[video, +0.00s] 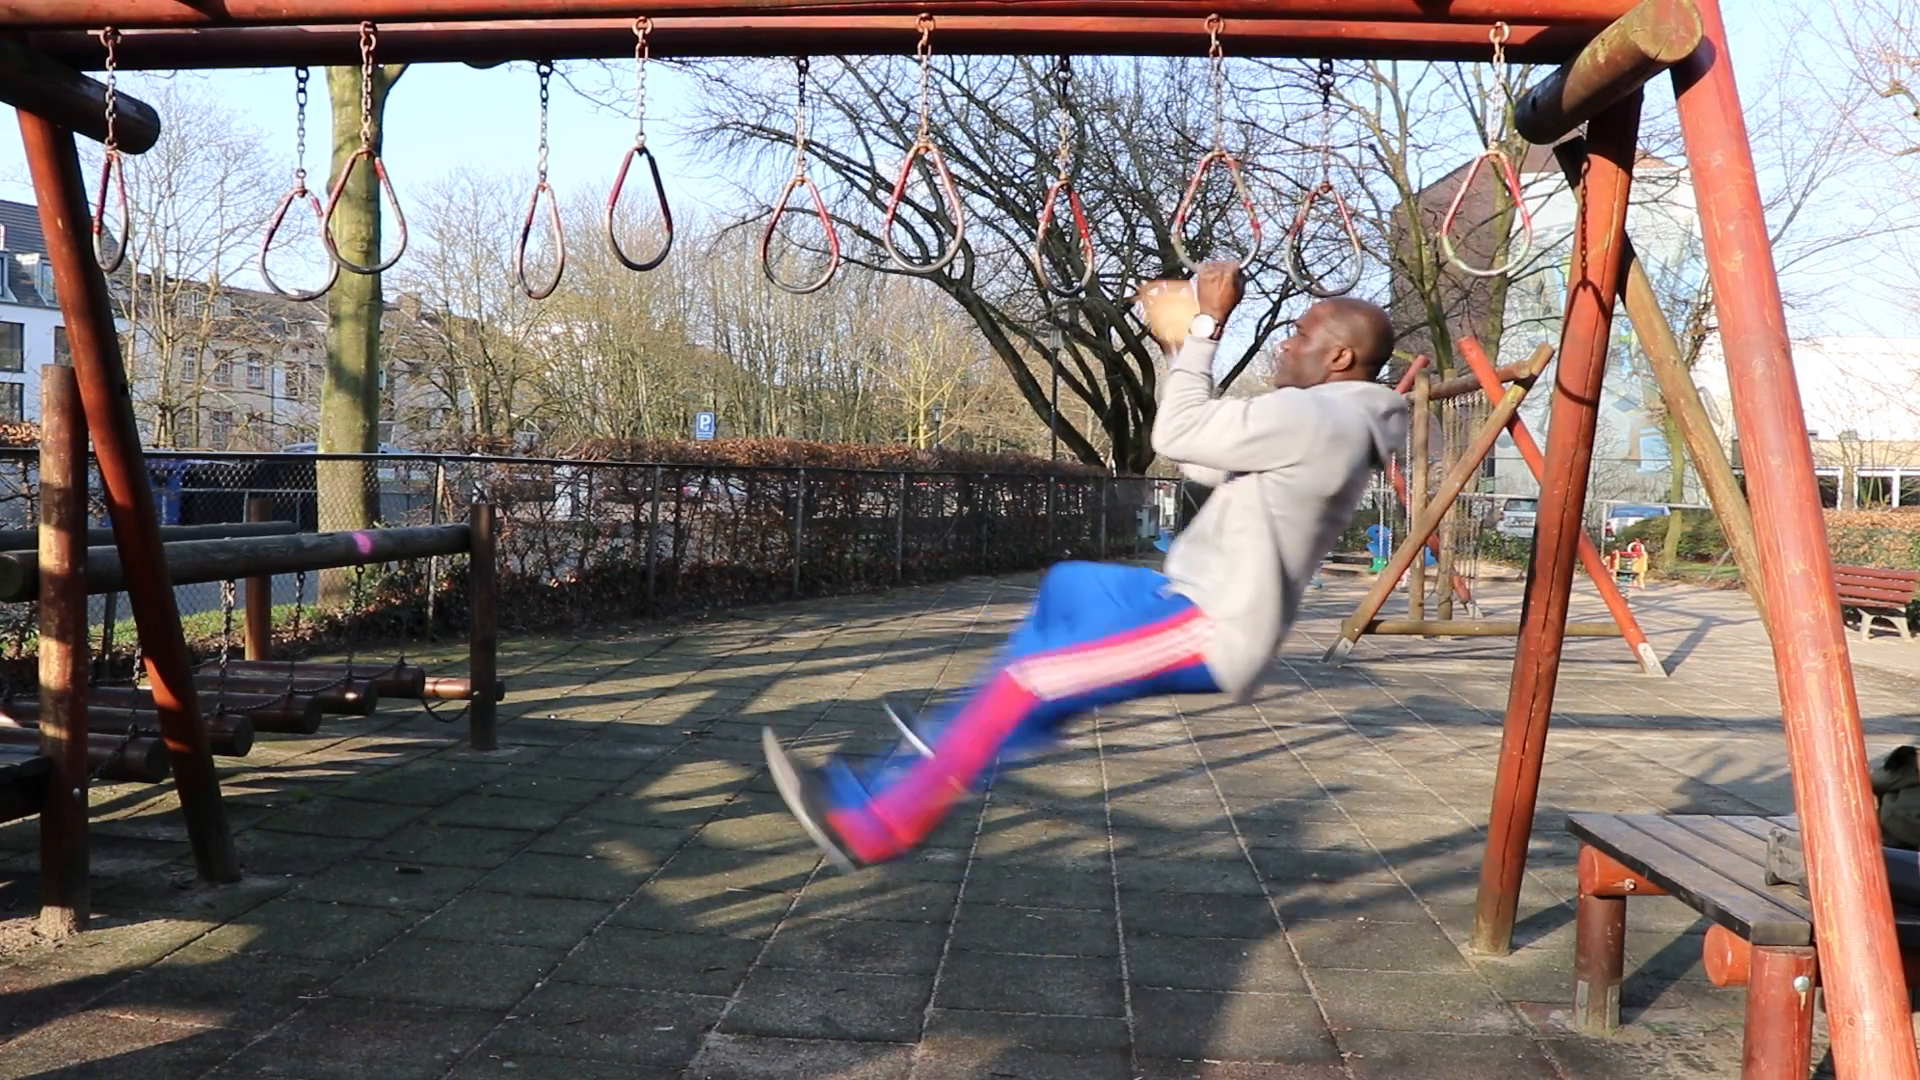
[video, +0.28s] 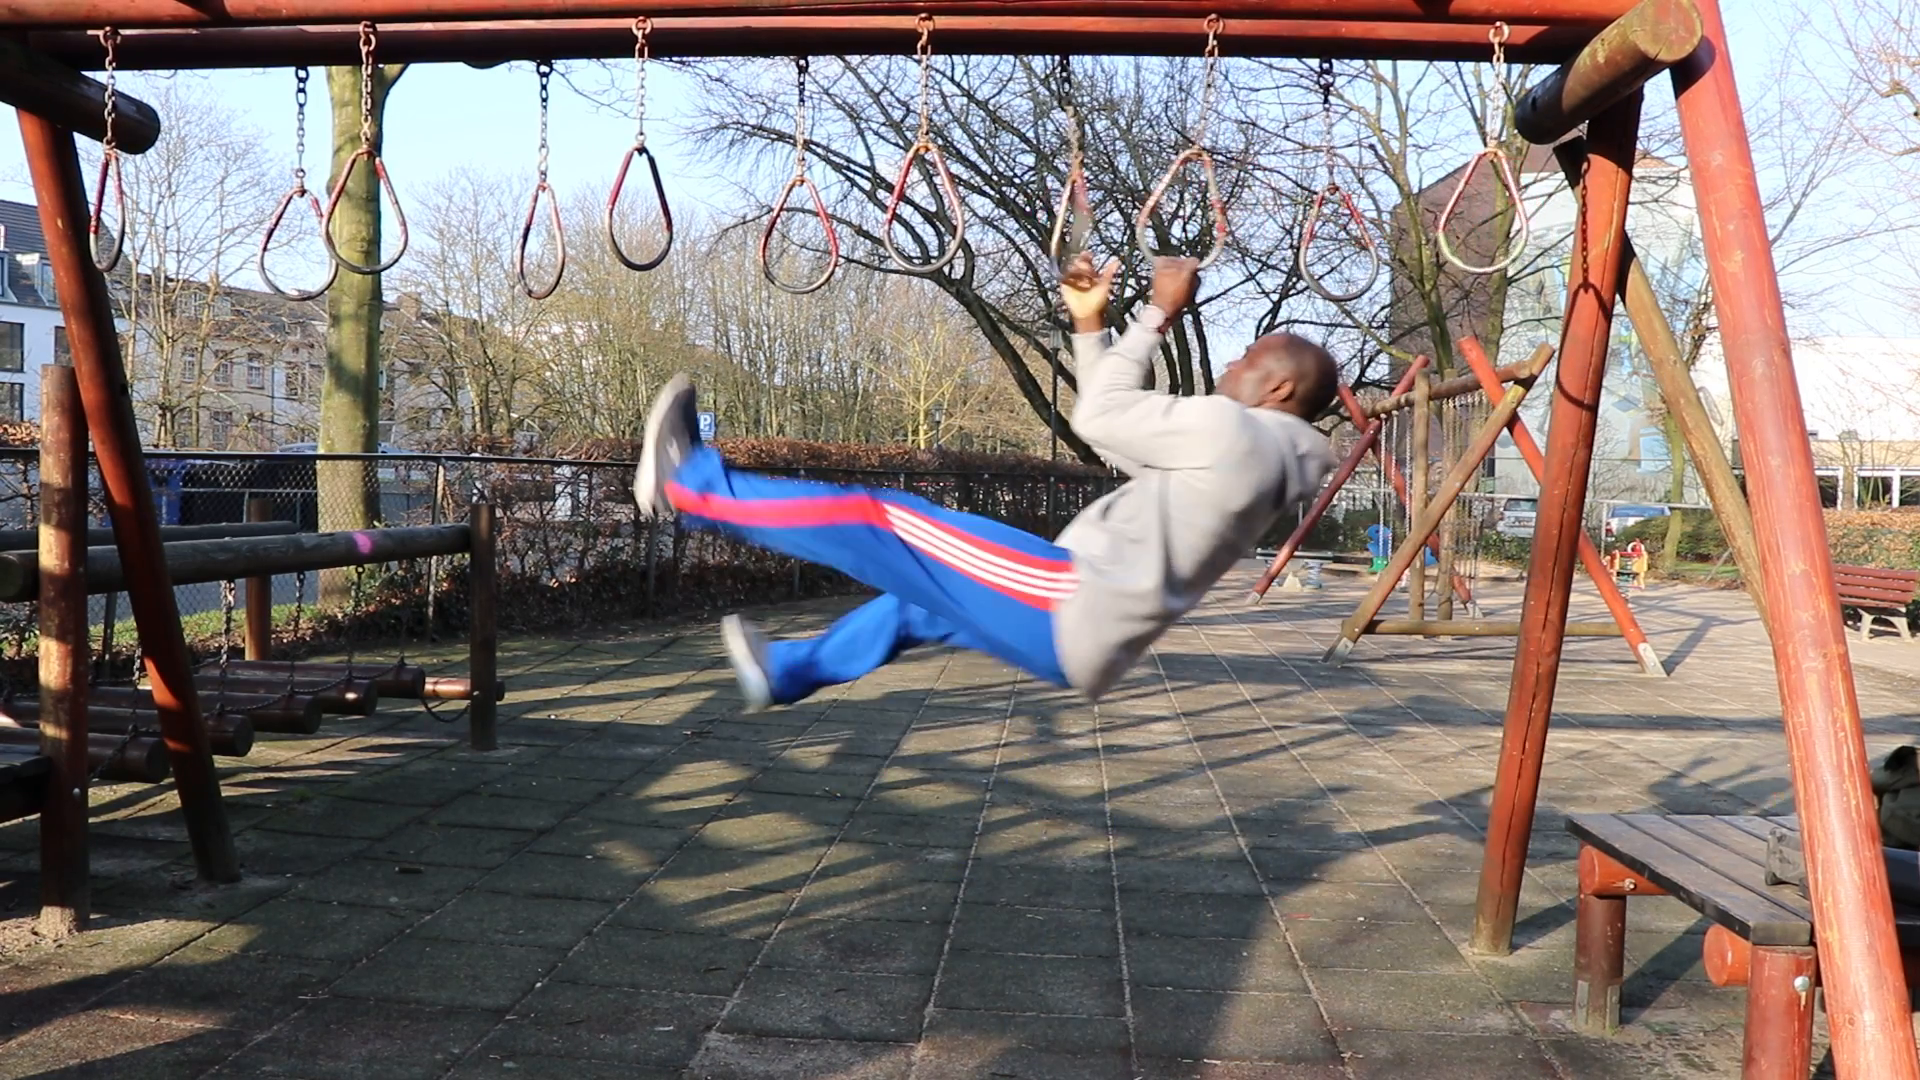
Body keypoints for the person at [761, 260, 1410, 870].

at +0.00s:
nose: (1285, 347)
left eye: (1300, 338)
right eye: (1294, 334)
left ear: (1333, 359)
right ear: (1351, 365)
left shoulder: (1319, 418)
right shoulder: (1326, 418)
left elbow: (1180, 434)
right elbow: (1201, 440)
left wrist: (1206, 326)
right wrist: (1190, 344)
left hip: (1218, 624)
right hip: (1207, 605)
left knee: (1029, 676)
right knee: (1068, 588)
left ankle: (878, 822)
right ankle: (948, 748)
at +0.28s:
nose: (1234, 362)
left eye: (1252, 353)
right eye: (1245, 351)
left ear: (1279, 377)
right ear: (1295, 396)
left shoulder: (1236, 434)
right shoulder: (1267, 459)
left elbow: (1103, 413)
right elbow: (1132, 421)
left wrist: (1160, 313)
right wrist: (1098, 328)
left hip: (1075, 607)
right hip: (1096, 635)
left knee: (879, 515)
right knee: (918, 600)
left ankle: (690, 481)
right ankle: (784, 671)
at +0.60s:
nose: (1204, 365)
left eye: (1219, 364)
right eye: (1218, 360)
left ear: (1235, 386)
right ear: (1258, 414)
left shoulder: (1180, 418)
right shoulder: (1228, 473)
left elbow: (1052, 390)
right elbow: (1079, 397)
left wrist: (1118, 298)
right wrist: (1017, 294)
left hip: (993, 574)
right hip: (1011, 653)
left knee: (830, 473)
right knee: (850, 677)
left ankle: (657, 436)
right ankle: (691, 758)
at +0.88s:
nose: (1238, 343)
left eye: (1251, 338)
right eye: (1248, 334)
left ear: (1277, 357)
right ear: (1305, 383)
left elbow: (1088, 387)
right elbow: (1121, 430)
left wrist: (1145, 298)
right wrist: (1072, 323)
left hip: (1061, 557)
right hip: (1100, 638)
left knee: (890, 506)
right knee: (950, 681)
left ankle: (729, 537)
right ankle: (841, 804)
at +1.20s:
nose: (1332, 308)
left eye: (1348, 297)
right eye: (1339, 295)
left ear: (1390, 315)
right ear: (1403, 324)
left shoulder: (1366, 362)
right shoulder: (1401, 394)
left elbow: (1231, 414)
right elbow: (1239, 431)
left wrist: (1218, 308)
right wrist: (1200, 317)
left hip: (1242, 553)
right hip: (1273, 618)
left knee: (1037, 504)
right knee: (1079, 616)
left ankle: (859, 546)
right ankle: (947, 732)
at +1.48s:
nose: (1360, 304)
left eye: (1378, 294)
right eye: (1365, 291)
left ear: (1426, 313)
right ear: (1412, 312)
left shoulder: (1435, 361)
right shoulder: (1407, 365)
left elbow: (1309, 426)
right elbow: (1287, 386)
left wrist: (1291, 312)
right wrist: (1195, 306)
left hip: (1344, 563)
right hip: (1348, 591)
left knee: (1134, 511)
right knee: (1149, 596)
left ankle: (949, 561)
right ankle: (1020, 701)